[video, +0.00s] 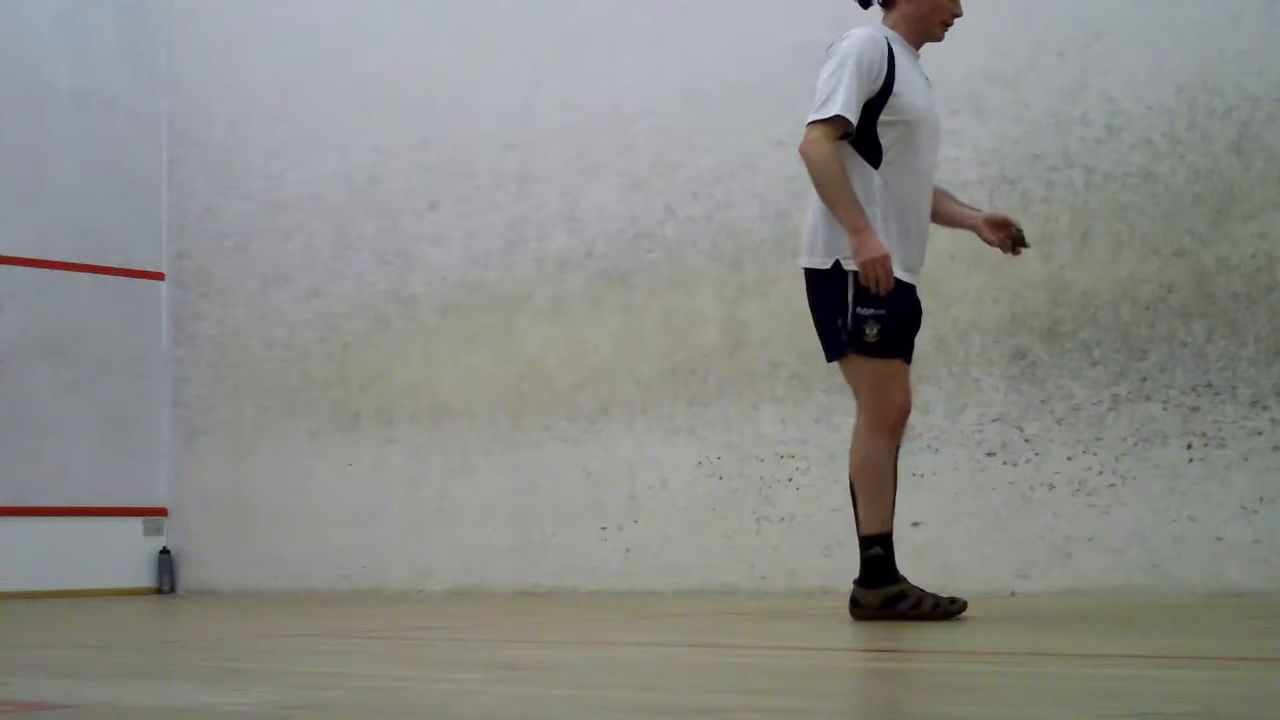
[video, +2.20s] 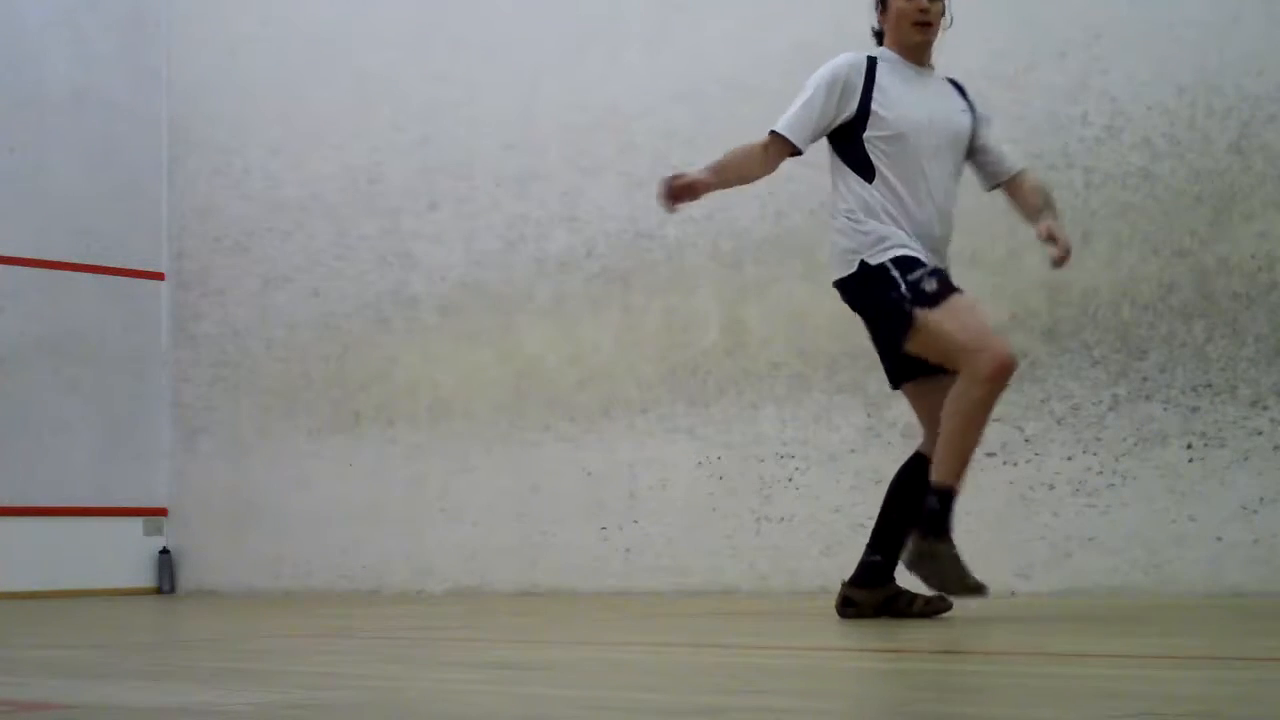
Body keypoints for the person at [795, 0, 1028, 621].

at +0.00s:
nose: (958, 11)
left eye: (957, 3)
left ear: (914, 4)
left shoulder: (910, 68)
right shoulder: (866, 46)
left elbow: (907, 187)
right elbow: (818, 144)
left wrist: (977, 220)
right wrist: (861, 235)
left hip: (886, 265)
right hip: (854, 263)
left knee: (882, 414)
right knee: (884, 411)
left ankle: (878, 578)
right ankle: (877, 580)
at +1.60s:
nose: (932, 12)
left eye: (932, 3)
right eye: (923, 1)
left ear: (886, 7)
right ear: (882, 2)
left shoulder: (883, 73)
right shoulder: (845, 58)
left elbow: (896, 191)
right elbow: (802, 159)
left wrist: (975, 203)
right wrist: (859, 234)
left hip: (880, 269)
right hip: (868, 269)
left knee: (908, 418)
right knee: (942, 401)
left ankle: (869, 577)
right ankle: (894, 568)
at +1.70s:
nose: (927, 26)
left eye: (928, 15)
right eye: (917, 13)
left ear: (888, 18)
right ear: (875, 12)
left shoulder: (878, 89)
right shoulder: (842, 75)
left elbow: (891, 207)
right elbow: (792, 176)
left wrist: (963, 233)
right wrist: (846, 246)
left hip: (881, 274)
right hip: (879, 270)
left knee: (928, 432)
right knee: (1012, 343)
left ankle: (869, 582)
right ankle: (939, 484)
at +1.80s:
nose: (928, 38)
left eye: (930, 26)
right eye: (919, 24)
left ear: (896, 28)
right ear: (877, 22)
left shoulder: (882, 96)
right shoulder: (843, 85)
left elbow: (878, 197)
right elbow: (790, 183)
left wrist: (932, 237)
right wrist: (848, 259)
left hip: (881, 277)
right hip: (880, 267)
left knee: (937, 430)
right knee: (1031, 257)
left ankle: (869, 582)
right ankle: (969, 405)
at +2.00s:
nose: (931, 21)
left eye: (934, 11)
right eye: (918, 9)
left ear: (931, 20)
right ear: (878, 12)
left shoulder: (907, 92)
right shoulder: (848, 72)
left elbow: (917, 205)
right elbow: (785, 167)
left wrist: (993, 286)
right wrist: (835, 216)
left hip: (898, 268)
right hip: (874, 262)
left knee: (935, 431)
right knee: (1028, 233)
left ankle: (869, 581)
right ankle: (936, 377)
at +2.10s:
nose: (927, 13)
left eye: (934, 4)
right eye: (912, 2)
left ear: (940, 16)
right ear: (879, 12)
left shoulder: (935, 105)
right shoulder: (850, 69)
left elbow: (963, 206)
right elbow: (777, 152)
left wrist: (1020, 269)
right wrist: (771, 179)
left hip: (894, 263)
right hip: (872, 255)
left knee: (948, 431)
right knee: (1017, 304)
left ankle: (870, 581)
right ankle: (917, 446)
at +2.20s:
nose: (925, 8)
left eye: (934, 0)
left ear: (944, 13)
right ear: (882, 12)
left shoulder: (956, 99)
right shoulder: (852, 72)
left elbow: (1009, 177)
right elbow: (773, 149)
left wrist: (1043, 217)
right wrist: (705, 179)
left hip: (917, 266)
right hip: (875, 258)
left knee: (948, 435)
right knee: (989, 361)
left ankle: (870, 581)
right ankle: (931, 534)